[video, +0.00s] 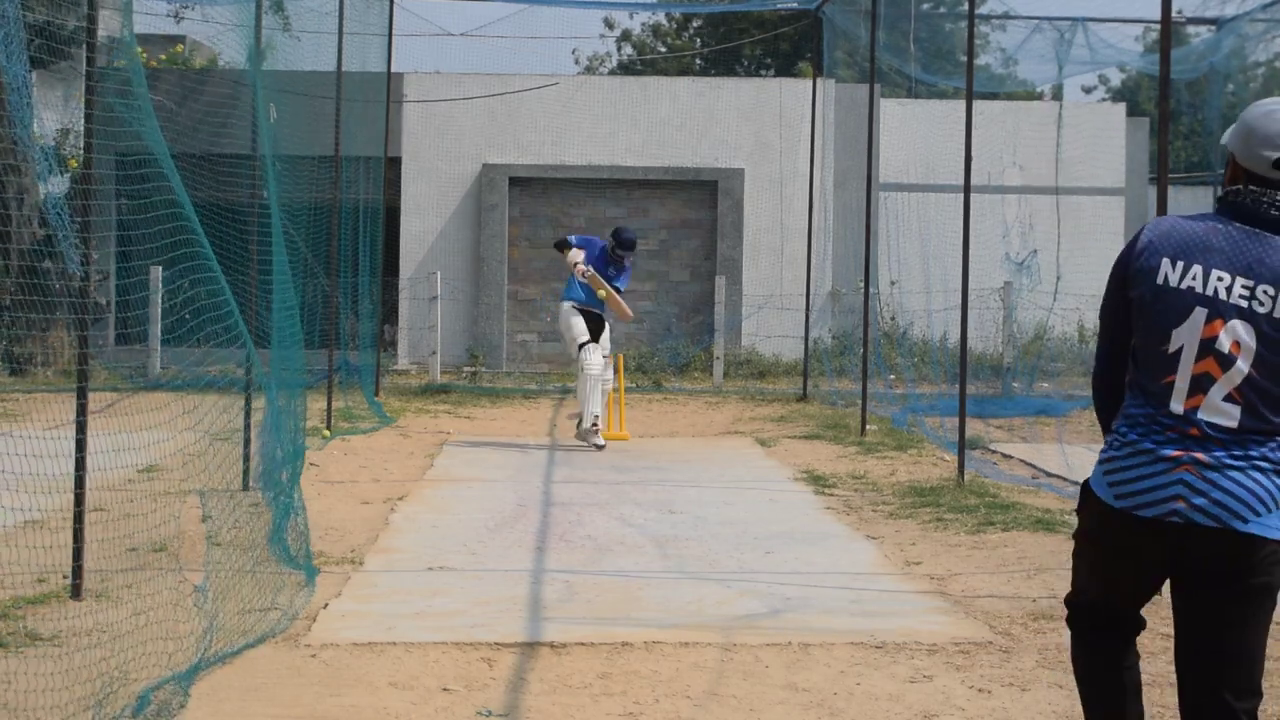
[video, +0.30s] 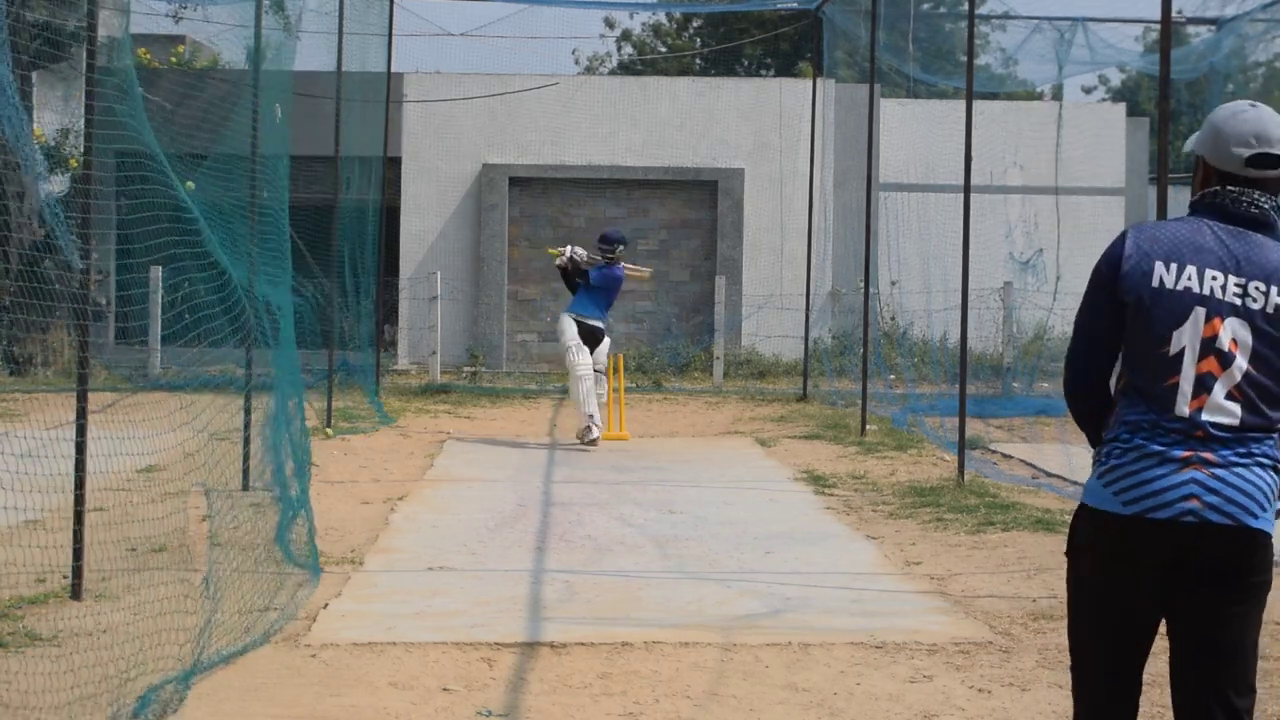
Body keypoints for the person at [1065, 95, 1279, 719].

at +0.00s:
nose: (1231, 170)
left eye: (1232, 162)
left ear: (1231, 169)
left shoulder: (1157, 240)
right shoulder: (1277, 264)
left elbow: (1109, 377)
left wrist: (1136, 456)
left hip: (1130, 501)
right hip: (1246, 519)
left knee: (1101, 621)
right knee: (1224, 700)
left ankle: (1116, 716)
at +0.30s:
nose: (1190, 174)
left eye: (1194, 166)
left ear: (1202, 171)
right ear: (1273, 183)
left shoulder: (1139, 246)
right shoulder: (1277, 263)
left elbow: (1082, 381)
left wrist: (1130, 454)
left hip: (1124, 514)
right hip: (1240, 522)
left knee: (1103, 704)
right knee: (1220, 705)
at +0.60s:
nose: (1114, 214)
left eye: (1116, 199)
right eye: (1112, 201)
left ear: (1139, 187)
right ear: (1190, 187)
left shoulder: (1114, 251)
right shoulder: (1254, 273)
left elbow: (1066, 386)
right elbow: (1252, 401)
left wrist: (1114, 457)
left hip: (1127, 512)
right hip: (1230, 517)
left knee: (1056, 696)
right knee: (1201, 701)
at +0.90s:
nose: (1007, 261)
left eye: (1006, 246)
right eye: (1002, 250)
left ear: (1028, 220)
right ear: (1084, 217)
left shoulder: (1019, 280)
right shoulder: (1159, 281)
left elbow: (989, 416)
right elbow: (1193, 409)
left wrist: (954, 536)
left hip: (1082, 523)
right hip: (1187, 524)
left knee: (994, 705)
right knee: (1173, 707)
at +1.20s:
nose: (835, 411)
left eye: (831, 397)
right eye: (831, 399)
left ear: (843, 374)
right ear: (898, 343)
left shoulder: (848, 423)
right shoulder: (980, 350)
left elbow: (815, 569)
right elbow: (1076, 428)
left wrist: (772, 700)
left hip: (996, 557)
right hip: (1118, 539)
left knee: (922, 710)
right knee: (1146, 709)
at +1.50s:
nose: (767, 522)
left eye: (760, 507)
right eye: (759, 510)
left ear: (770, 481)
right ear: (803, 442)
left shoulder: (791, 512)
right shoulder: (894, 408)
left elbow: (769, 664)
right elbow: (1031, 448)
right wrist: (902, 564)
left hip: (962, 561)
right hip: (1075, 529)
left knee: (896, 709)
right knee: (1129, 705)